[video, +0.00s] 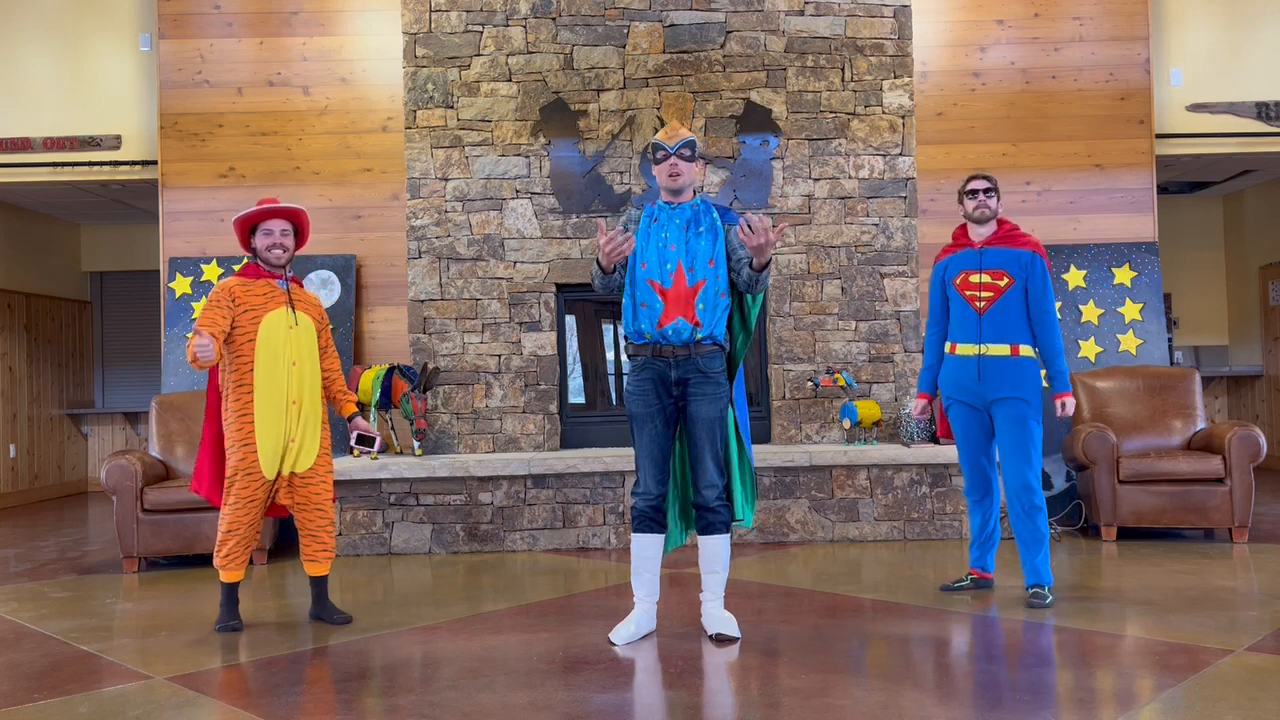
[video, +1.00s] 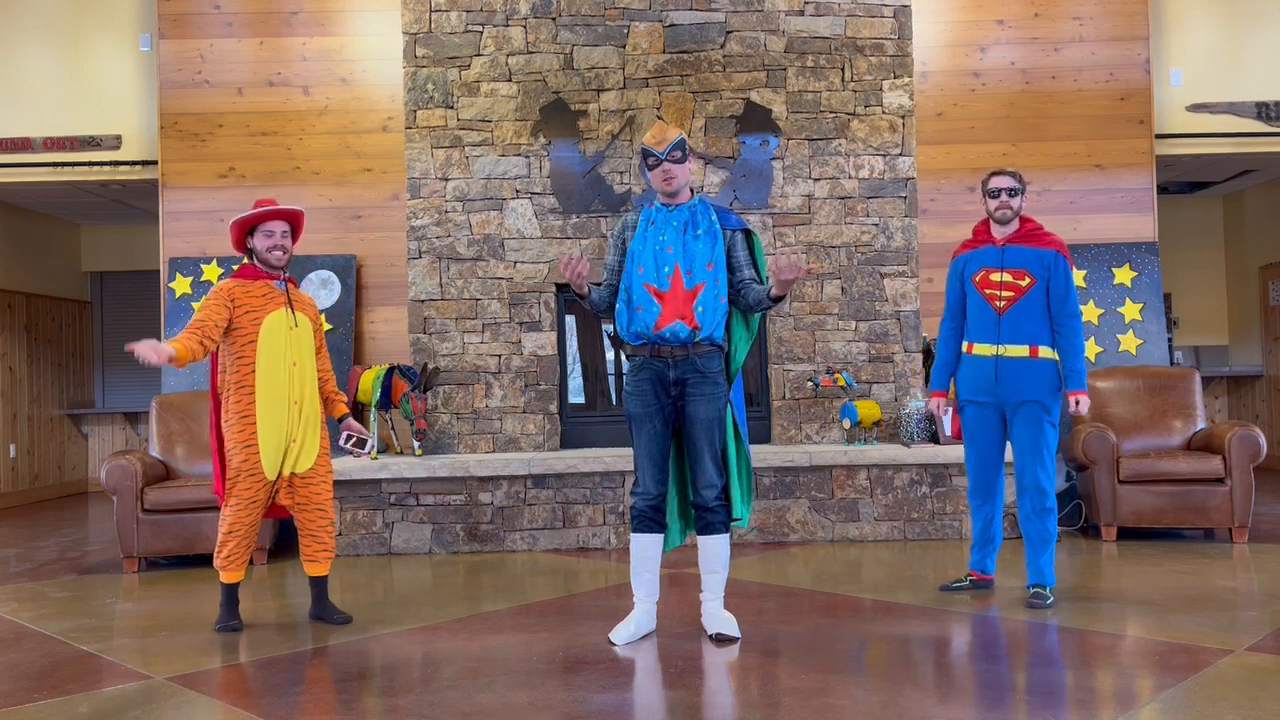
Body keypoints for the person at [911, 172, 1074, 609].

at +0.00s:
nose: (980, 200)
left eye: (988, 194)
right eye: (972, 195)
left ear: (1000, 203)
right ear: (961, 207)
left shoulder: (1027, 254)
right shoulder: (946, 262)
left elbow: (1046, 323)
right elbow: (935, 333)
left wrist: (1061, 382)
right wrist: (925, 390)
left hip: (1015, 385)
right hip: (961, 389)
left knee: (1023, 484)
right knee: (977, 484)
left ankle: (1038, 581)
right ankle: (980, 572)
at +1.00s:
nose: (1003, 200)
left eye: (1012, 193)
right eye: (995, 193)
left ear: (1023, 199)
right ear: (984, 200)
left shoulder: (1049, 252)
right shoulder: (966, 255)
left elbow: (1068, 322)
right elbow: (951, 324)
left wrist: (1076, 380)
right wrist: (940, 382)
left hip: (1034, 388)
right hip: (977, 390)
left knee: (1036, 485)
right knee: (982, 483)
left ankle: (1041, 581)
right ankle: (981, 572)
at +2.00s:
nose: (994, 201)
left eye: (1001, 194)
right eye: (985, 194)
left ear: (1012, 202)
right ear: (973, 201)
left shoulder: (1036, 254)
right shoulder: (954, 257)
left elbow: (1057, 323)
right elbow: (941, 327)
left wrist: (1065, 383)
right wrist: (933, 383)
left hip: (1022, 388)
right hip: (968, 391)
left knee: (1029, 486)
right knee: (981, 485)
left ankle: (1039, 580)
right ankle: (982, 572)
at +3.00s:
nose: (972, 206)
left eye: (980, 198)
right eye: (970, 199)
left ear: (1007, 203)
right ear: (980, 205)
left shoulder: (1039, 252)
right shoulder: (965, 256)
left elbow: (1060, 327)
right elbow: (955, 328)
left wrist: (1060, 387)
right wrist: (943, 383)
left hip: (1020, 389)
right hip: (970, 391)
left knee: (1027, 487)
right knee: (983, 485)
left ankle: (1040, 581)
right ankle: (982, 572)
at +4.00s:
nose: (971, 205)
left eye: (980, 197)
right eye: (970, 198)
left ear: (1007, 202)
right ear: (978, 205)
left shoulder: (1037, 251)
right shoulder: (971, 256)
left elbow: (1054, 329)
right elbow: (965, 328)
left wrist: (1046, 390)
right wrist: (953, 382)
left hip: (1017, 388)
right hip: (972, 388)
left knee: (1028, 487)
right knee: (985, 485)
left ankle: (1040, 580)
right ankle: (982, 571)